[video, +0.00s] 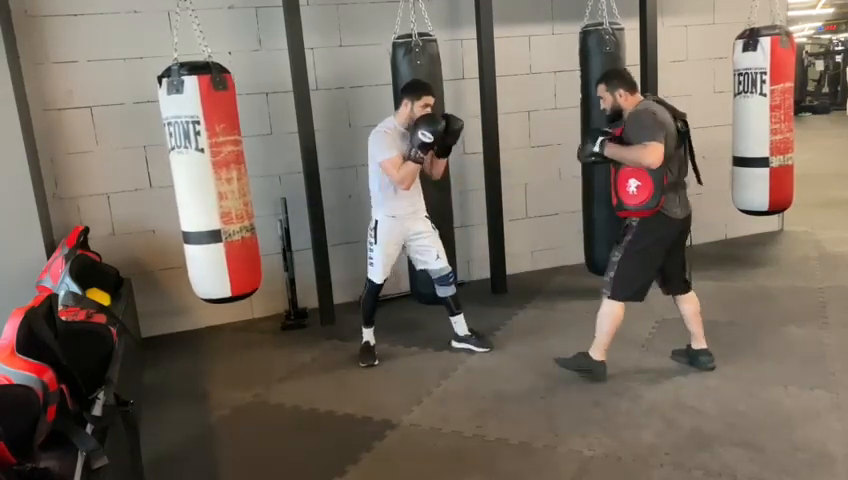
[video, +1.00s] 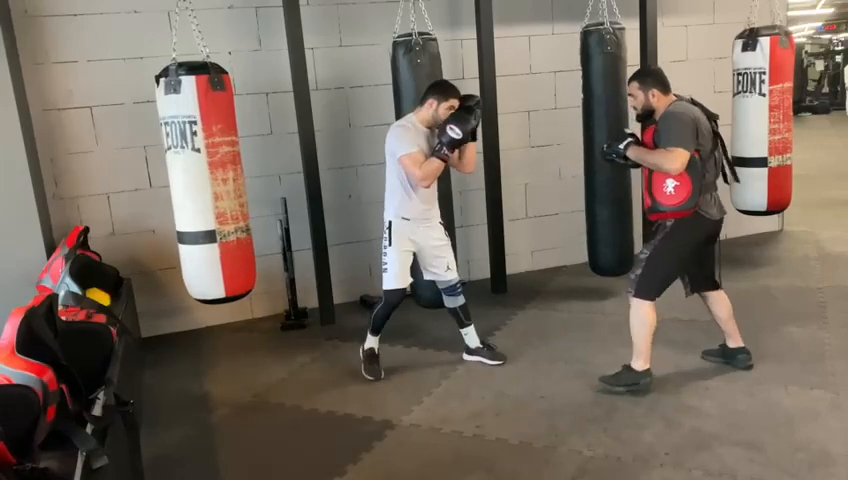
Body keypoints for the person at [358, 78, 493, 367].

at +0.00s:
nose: (428, 113)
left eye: (431, 108)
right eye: (425, 107)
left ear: (425, 109)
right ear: (406, 103)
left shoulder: (418, 132)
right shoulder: (381, 135)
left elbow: (435, 172)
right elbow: (402, 180)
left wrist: (444, 144)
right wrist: (422, 145)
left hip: (418, 219)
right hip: (387, 221)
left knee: (443, 273)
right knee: (376, 281)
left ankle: (462, 334)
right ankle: (367, 341)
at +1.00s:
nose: (451, 116)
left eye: (453, 111)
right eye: (449, 109)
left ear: (437, 107)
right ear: (432, 103)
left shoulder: (436, 133)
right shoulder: (400, 132)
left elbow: (467, 166)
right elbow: (423, 177)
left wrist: (469, 126)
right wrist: (448, 144)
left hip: (430, 223)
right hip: (400, 224)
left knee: (451, 284)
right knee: (395, 292)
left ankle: (474, 346)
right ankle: (370, 347)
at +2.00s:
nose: (456, 140)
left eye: (458, 131)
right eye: (453, 131)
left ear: (428, 129)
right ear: (429, 128)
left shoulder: (428, 164)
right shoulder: (379, 167)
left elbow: (453, 176)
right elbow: (400, 239)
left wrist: (489, 157)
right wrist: (440, 200)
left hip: (423, 284)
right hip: (380, 293)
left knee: (476, 344)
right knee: (372, 393)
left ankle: (491, 405)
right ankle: (330, 471)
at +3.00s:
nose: (472, 146)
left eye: (474, 139)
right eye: (467, 137)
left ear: (448, 133)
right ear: (441, 131)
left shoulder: (449, 164)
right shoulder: (397, 166)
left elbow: (476, 193)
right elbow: (418, 234)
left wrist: (497, 178)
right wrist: (447, 194)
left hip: (443, 272)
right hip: (399, 279)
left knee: (492, 333)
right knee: (372, 366)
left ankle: (507, 398)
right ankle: (338, 444)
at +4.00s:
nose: (454, 139)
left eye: (456, 132)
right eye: (448, 131)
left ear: (442, 133)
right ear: (424, 131)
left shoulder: (441, 162)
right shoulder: (386, 166)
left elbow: (473, 194)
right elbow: (405, 229)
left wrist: (484, 177)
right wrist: (437, 187)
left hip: (427, 273)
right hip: (381, 278)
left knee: (474, 333)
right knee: (352, 365)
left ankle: (484, 397)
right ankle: (318, 423)